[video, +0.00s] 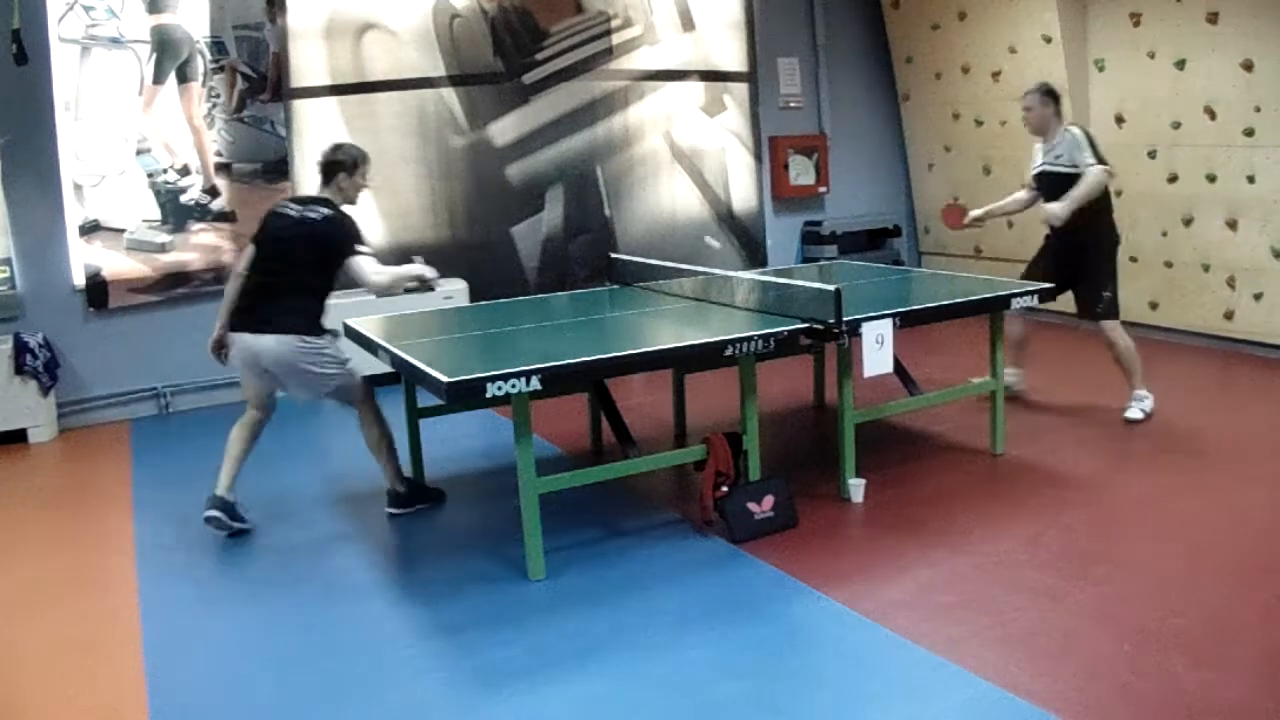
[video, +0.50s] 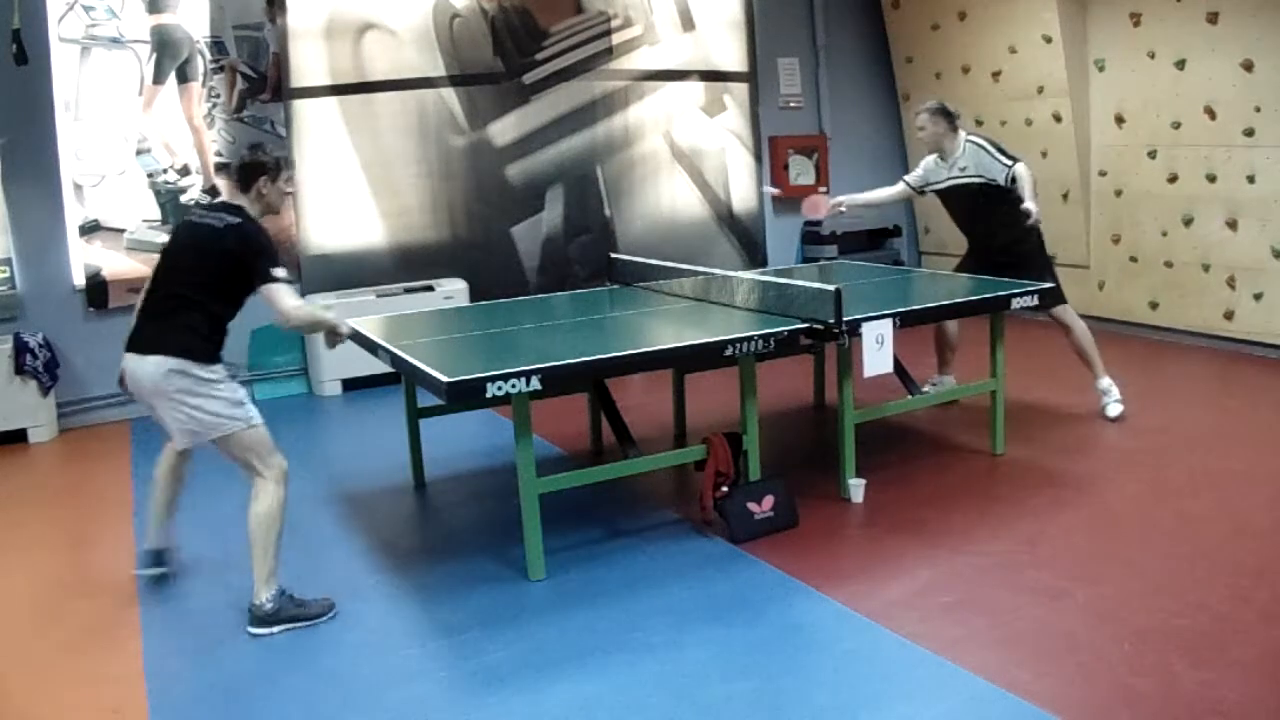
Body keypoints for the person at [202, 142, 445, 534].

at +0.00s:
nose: (365, 185)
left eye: (365, 177)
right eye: (362, 177)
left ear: (329, 177)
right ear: (342, 177)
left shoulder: (279, 211)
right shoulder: (338, 224)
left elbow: (241, 268)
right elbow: (376, 280)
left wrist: (222, 326)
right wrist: (414, 271)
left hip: (244, 336)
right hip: (294, 340)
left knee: (256, 409)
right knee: (362, 399)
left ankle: (221, 496)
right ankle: (398, 488)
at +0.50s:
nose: (285, 197)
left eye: (287, 187)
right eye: (283, 187)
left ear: (235, 184)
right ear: (262, 186)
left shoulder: (193, 220)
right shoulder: (249, 235)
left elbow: (155, 288)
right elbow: (291, 314)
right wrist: (330, 320)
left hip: (138, 363)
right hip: (185, 368)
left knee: (179, 442)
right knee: (271, 470)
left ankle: (154, 552)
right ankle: (267, 600)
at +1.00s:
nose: (335, 219)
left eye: (335, 210)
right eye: (330, 210)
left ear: (286, 203)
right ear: (307, 207)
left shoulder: (221, 248)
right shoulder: (309, 259)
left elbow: (153, 284)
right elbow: (396, 293)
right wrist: (441, 274)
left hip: (173, 400)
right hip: (232, 408)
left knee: (142, 506)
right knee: (352, 480)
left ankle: (81, 599)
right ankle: (404, 614)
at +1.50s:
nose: (305, 189)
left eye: (304, 178)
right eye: (300, 179)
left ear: (239, 178)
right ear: (278, 180)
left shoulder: (197, 235)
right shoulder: (286, 240)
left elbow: (144, 304)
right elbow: (354, 301)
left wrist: (123, 362)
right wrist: (407, 319)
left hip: (179, 397)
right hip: (248, 396)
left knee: (185, 487)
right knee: (353, 488)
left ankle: (160, 615)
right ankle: (409, 618)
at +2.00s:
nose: (166, 222)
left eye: (167, 212)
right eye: (161, 212)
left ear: (123, 215)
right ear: (132, 216)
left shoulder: (85, 255)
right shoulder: (100, 269)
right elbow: (136, 368)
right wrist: (208, 407)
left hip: (20, 405)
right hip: (33, 411)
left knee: (57, 494)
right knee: (137, 495)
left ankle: (16, 593)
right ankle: (184, 633)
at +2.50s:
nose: (70, 252)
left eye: (71, 242)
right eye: (68, 242)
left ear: (27, 239)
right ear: (46, 241)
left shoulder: (1, 285)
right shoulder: (37, 308)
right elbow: (105, 381)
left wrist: (63, 334)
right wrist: (83, 325)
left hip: (5, 469)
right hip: (9, 476)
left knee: (28, 497)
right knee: (105, 573)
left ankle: (1, 595)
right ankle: (37, 701)